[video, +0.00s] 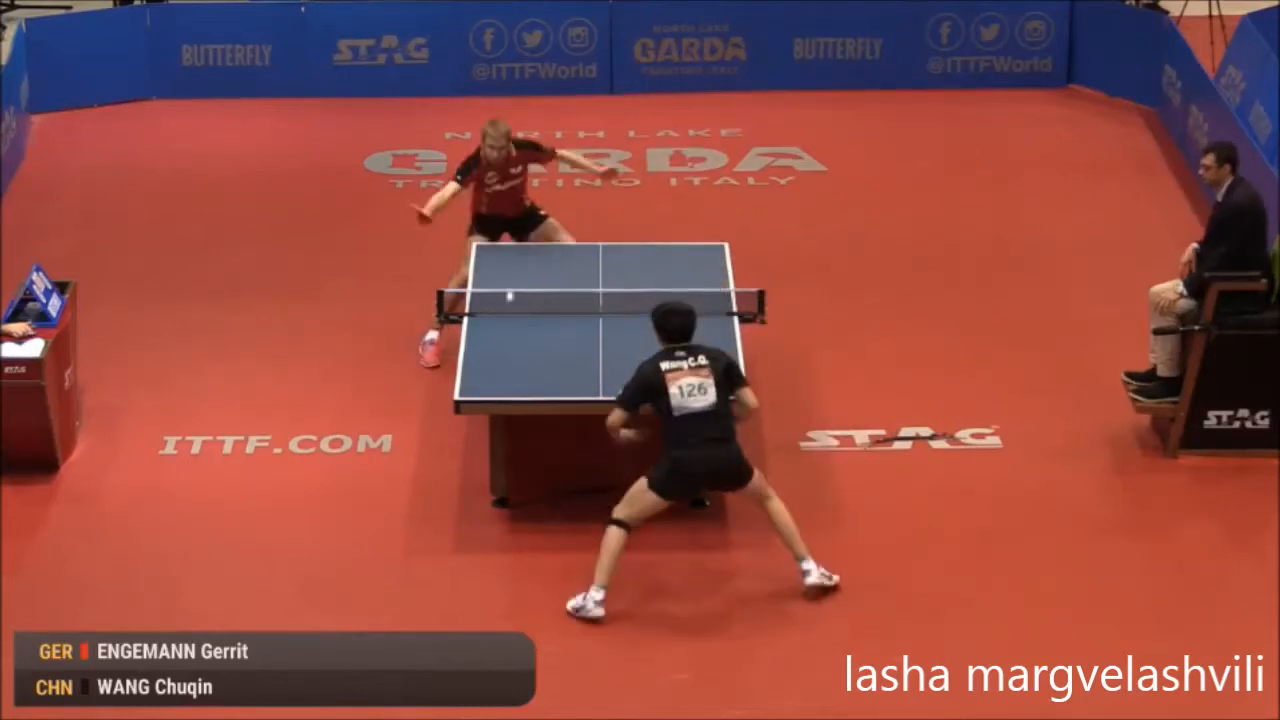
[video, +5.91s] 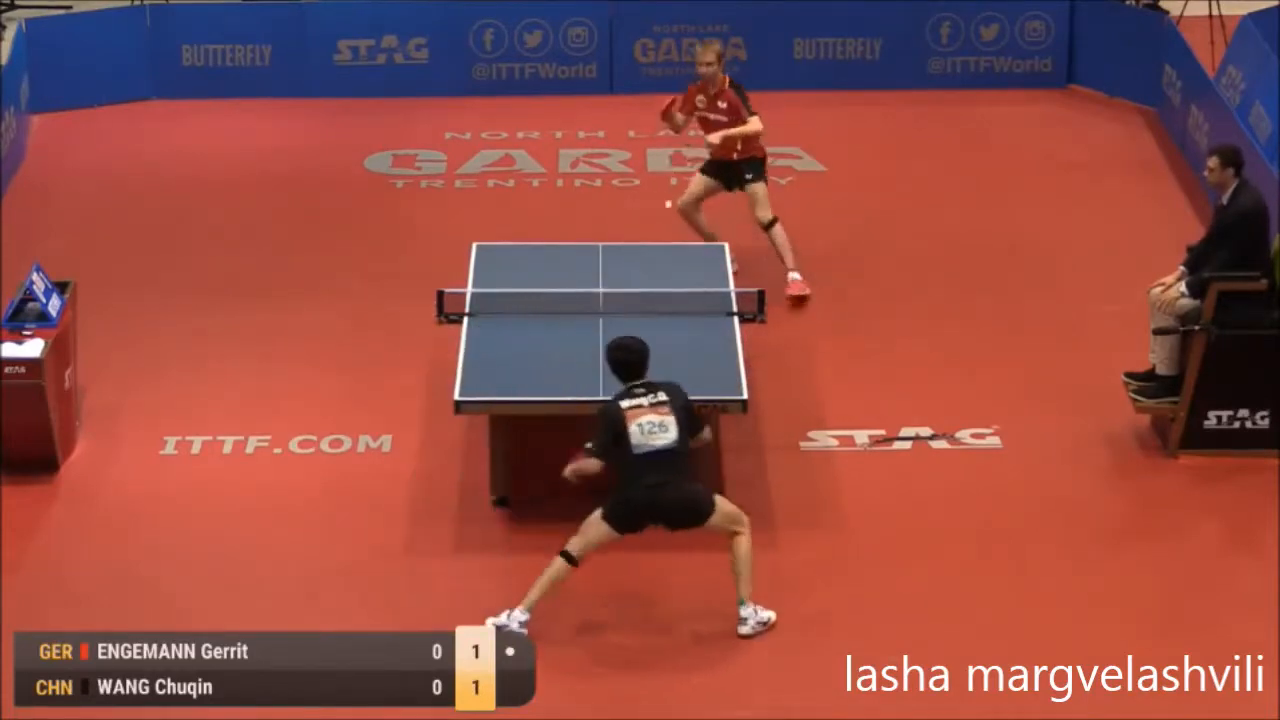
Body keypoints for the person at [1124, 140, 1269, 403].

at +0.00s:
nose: (1201, 173)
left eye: (1206, 168)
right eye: (1201, 167)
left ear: (1226, 168)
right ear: (1222, 169)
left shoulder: (1237, 203)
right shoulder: (1233, 194)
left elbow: (1221, 260)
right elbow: (1217, 239)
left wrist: (1184, 288)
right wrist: (1195, 247)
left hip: (1236, 291)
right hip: (1226, 280)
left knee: (1163, 303)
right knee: (1157, 294)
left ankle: (1170, 378)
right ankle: (1161, 368)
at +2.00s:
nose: (1208, 171)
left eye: (1215, 166)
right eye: (1208, 165)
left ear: (1234, 168)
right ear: (1230, 169)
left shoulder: (1245, 202)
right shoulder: (1236, 197)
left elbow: (1221, 257)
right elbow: (1209, 248)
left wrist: (1183, 290)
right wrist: (1178, 275)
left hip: (1239, 293)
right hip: (1225, 283)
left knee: (1165, 306)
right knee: (1158, 298)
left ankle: (1170, 379)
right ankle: (1160, 369)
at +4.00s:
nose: (1202, 174)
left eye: (1208, 170)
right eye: (1204, 168)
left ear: (1225, 176)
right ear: (1223, 176)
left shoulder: (1243, 207)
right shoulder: (1226, 198)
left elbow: (1224, 262)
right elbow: (1207, 244)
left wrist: (1184, 288)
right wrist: (1180, 273)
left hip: (1237, 290)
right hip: (1221, 278)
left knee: (1166, 305)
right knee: (1156, 295)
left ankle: (1169, 378)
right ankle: (1161, 369)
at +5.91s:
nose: (1206, 175)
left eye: (1211, 170)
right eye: (1206, 169)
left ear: (1229, 171)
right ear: (1223, 172)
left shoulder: (1246, 206)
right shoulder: (1229, 200)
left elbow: (1227, 263)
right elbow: (1209, 244)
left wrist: (1185, 287)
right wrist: (1179, 274)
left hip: (1238, 291)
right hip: (1221, 279)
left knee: (1166, 305)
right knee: (1156, 295)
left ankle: (1169, 378)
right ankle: (1160, 369)